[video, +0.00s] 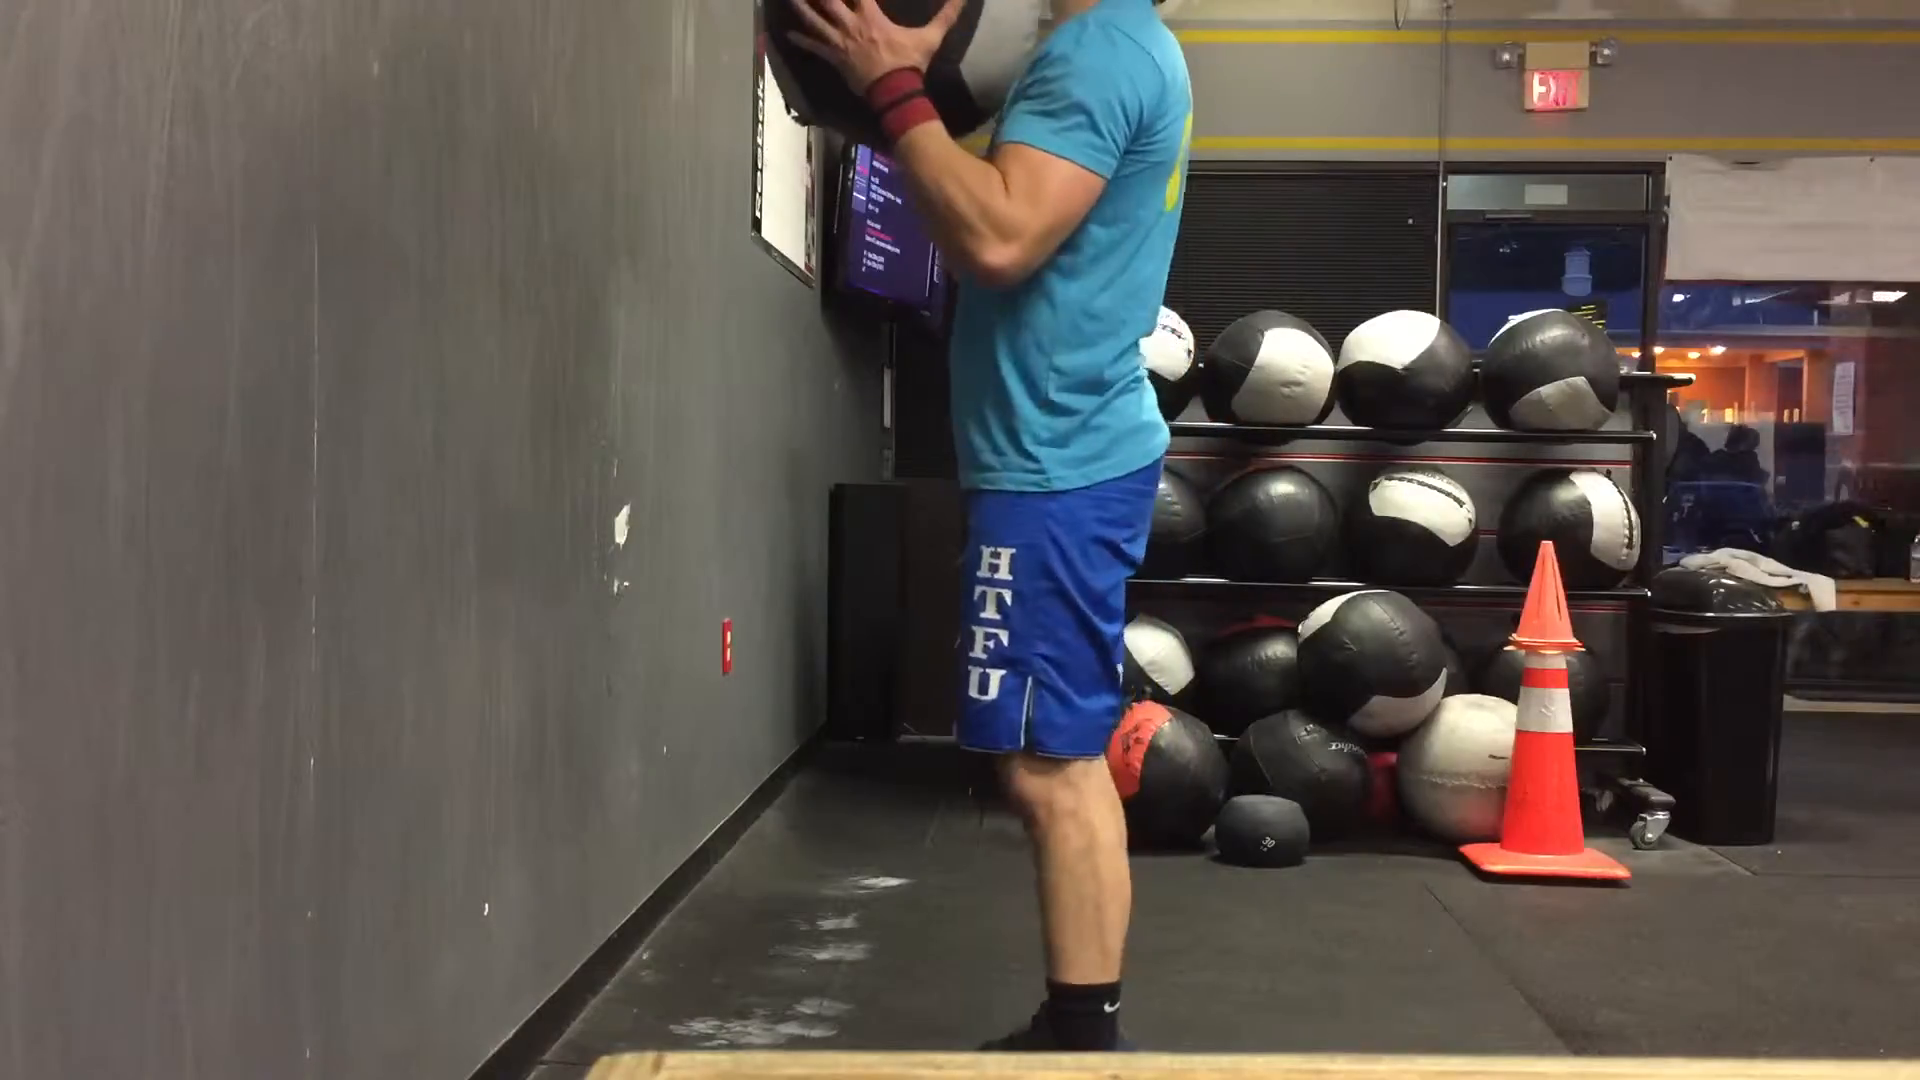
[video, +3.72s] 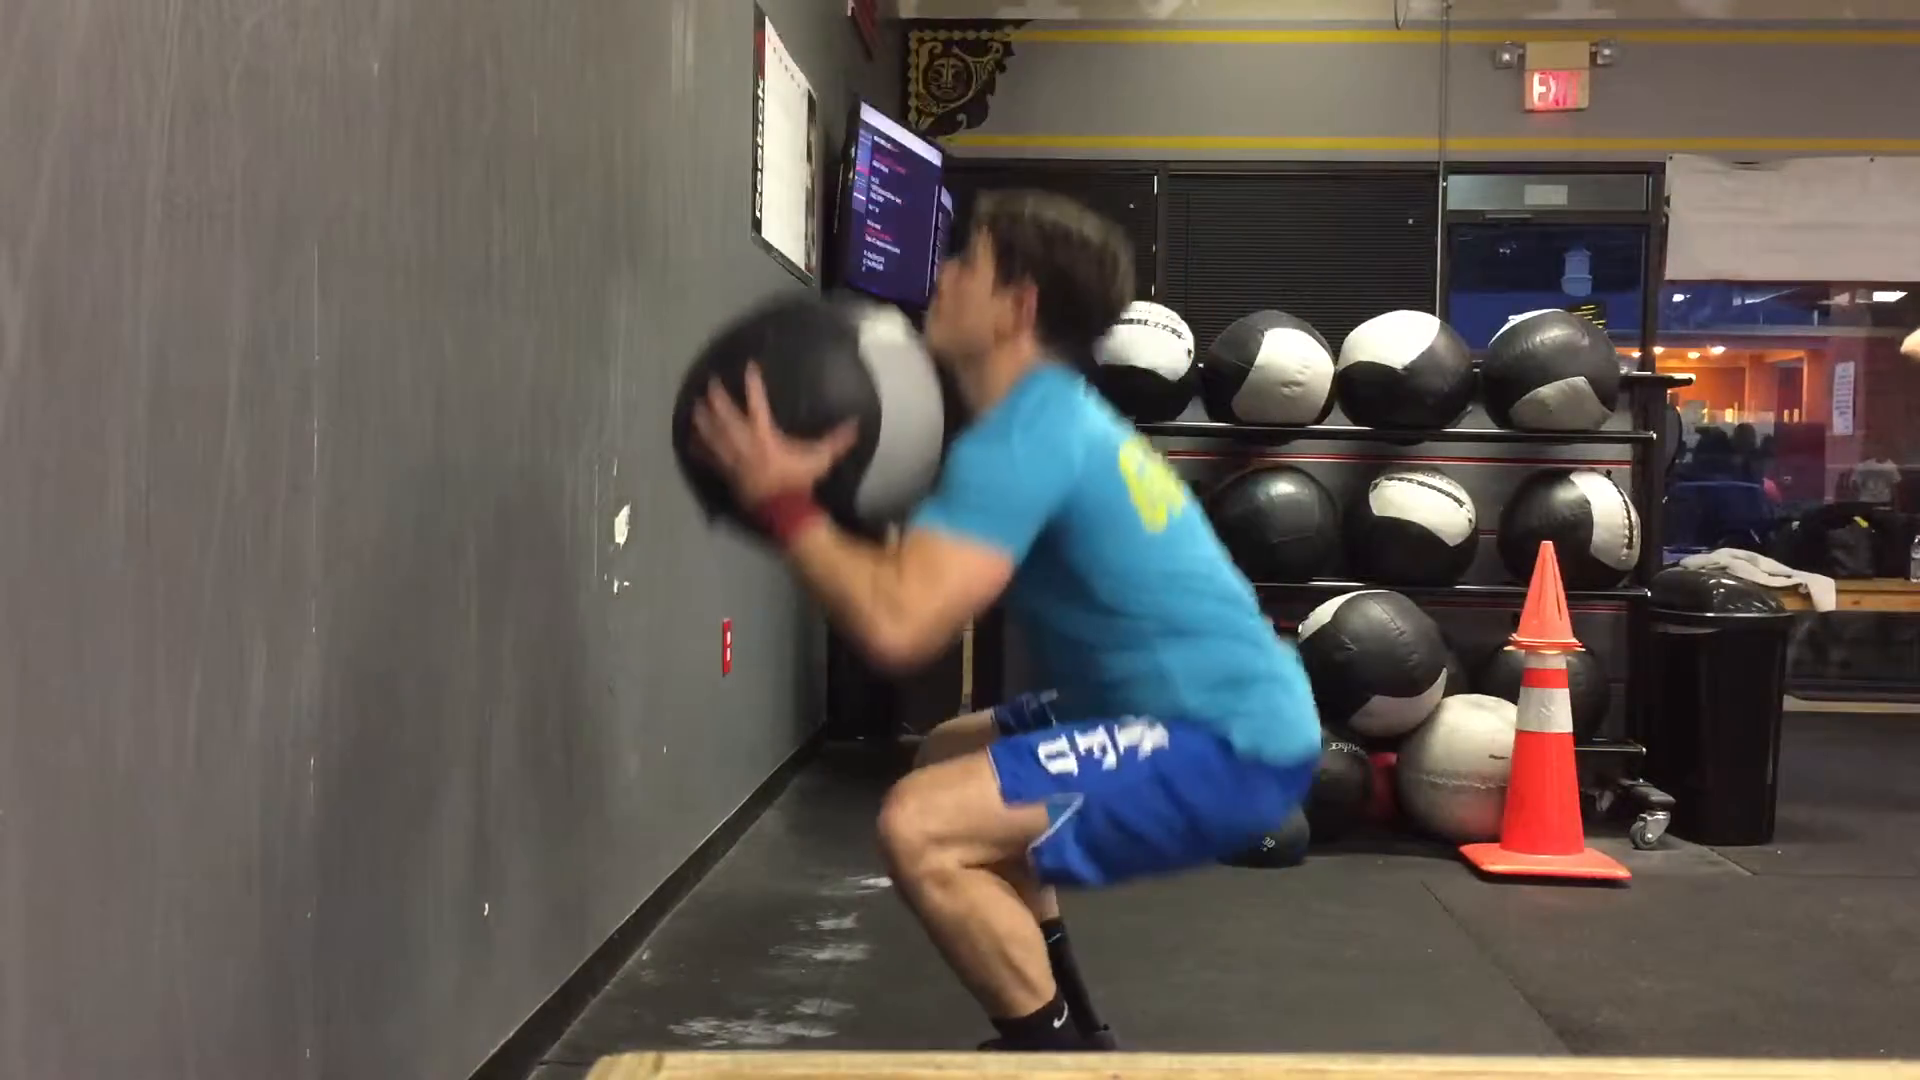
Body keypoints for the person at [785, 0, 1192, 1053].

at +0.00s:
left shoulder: (1106, 53)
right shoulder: (1098, 45)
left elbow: (998, 239)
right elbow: (994, 214)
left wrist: (898, 89)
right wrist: (896, 94)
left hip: (1059, 466)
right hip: (1056, 459)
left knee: (1050, 768)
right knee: (1060, 764)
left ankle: (1080, 1033)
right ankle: (1082, 1027)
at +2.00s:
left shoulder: (1073, 46)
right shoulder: (1095, 43)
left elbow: (942, 212)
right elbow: (953, 193)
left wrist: (859, 63)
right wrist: (876, 68)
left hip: (1022, 463)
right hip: (1034, 455)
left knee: (1035, 767)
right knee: (1041, 764)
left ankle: (1076, 1027)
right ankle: (1074, 1020)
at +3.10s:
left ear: (1058, 2)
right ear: (1069, 13)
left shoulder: (1048, 104)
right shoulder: (1063, 108)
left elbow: (889, 257)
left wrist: (788, 136)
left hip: (1157, 511)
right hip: (1147, 506)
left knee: (971, 782)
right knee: (1018, 784)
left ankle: (1067, 1038)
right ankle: (1066, 1028)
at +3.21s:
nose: (961, 87)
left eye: (986, 73)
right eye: (976, 68)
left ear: (1036, 117)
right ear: (1036, 122)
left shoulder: (1036, 240)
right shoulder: (1040, 231)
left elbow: (872, 397)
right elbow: (896, 383)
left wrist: (773, 267)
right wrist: (788, 277)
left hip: (1192, 613)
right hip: (1173, 600)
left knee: (933, 806)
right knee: (983, 795)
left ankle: (1054, 1039)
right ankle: (1065, 1023)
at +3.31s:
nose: (940, 225)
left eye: (965, 214)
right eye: (956, 208)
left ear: (1013, 263)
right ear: (1015, 269)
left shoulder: (1018, 390)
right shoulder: (1028, 371)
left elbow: (869, 567)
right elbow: (891, 538)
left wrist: (766, 428)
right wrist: (781, 427)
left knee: (900, 841)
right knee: (924, 764)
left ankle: (1046, 1046)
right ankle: (1063, 1016)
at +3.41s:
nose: (929, 336)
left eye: (952, 323)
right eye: (943, 319)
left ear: (1004, 369)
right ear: (1004, 373)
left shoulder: (1010, 505)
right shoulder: (1026, 483)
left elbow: (867, 700)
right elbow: (889, 661)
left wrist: (762, 559)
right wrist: (782, 555)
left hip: (1190, 830)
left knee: (888, 853)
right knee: (911, 775)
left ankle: (1042, 1050)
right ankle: (1066, 1028)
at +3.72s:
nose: (939, 275)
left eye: (963, 261)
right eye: (953, 257)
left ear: (1019, 305)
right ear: (1018, 310)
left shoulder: (1029, 435)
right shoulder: (1048, 412)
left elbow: (900, 623)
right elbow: (911, 586)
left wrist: (783, 503)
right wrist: (789, 492)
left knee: (920, 826)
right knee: (947, 754)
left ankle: (1052, 1051)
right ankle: (1064, 1016)